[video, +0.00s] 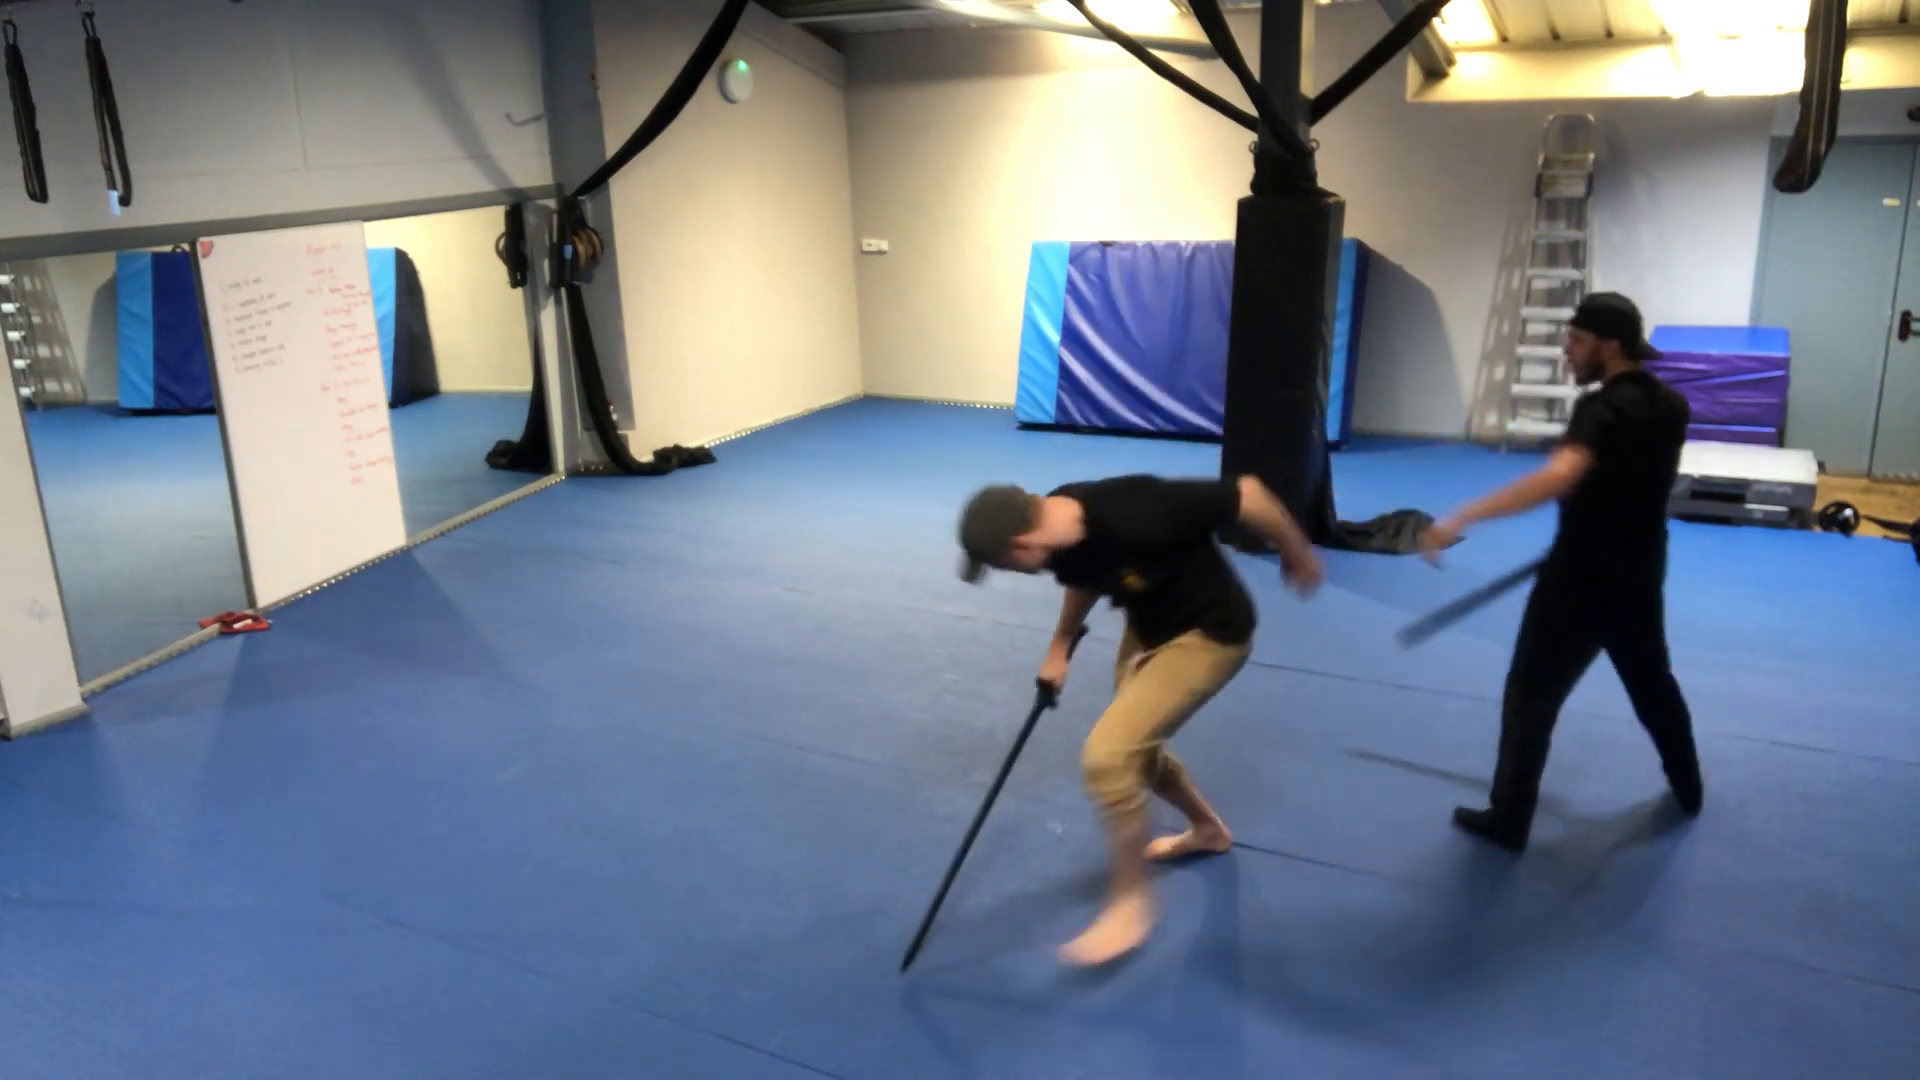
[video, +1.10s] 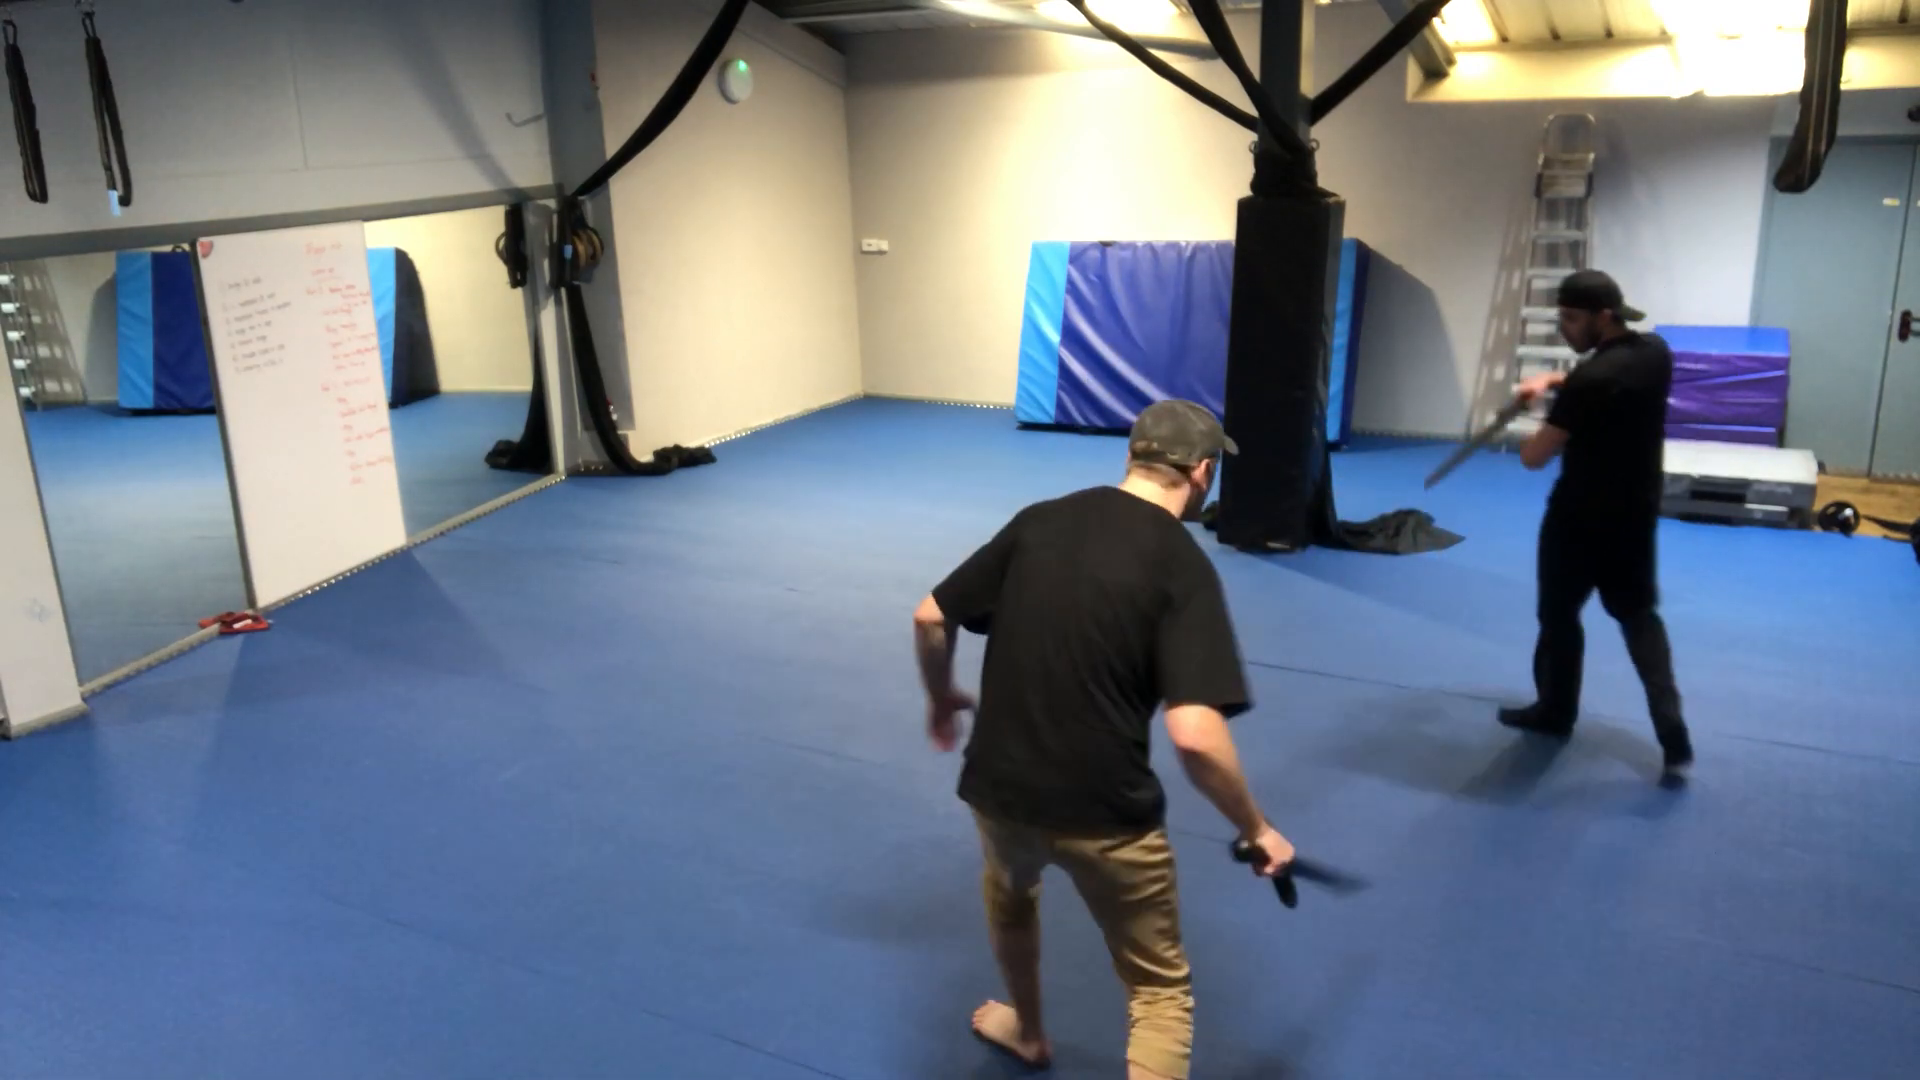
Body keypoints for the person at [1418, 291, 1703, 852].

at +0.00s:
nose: (1567, 349)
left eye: (1575, 339)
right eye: (1569, 338)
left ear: (1607, 345)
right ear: (1625, 346)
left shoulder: (1600, 407)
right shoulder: (1669, 405)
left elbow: (1562, 476)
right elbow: (1640, 490)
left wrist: (1464, 516)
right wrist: (1577, 534)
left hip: (1580, 576)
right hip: (1636, 577)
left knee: (1530, 694)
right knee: (1653, 684)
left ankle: (1508, 818)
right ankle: (1688, 788)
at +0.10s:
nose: (1590, 349)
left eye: (1598, 338)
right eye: (1592, 337)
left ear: (1631, 344)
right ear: (1643, 345)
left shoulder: (1631, 410)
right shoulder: (1686, 401)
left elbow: (1612, 502)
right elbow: (1667, 496)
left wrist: (1526, 561)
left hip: (1608, 573)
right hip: (1658, 574)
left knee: (1549, 693)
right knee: (1664, 685)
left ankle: (1510, 816)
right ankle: (1688, 792)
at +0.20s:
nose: (1608, 344)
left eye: (1617, 333)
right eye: (1610, 333)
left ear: (1650, 338)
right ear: (1659, 339)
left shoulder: (1657, 401)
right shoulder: (1701, 393)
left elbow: (1654, 505)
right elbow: (1683, 494)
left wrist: (1602, 581)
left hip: (1637, 567)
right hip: (1678, 568)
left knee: (1565, 686)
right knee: (1678, 685)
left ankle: (1522, 807)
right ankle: (1690, 790)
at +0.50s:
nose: (1632, 329)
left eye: (1641, 319)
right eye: (1633, 318)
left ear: (1679, 320)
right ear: (1681, 322)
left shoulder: (1681, 385)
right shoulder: (1720, 372)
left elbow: (1684, 483)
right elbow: (1682, 461)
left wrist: (1652, 556)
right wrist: (1636, 499)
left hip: (1655, 540)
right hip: (1703, 542)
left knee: (1600, 643)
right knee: (1692, 665)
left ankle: (1592, 757)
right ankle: (1694, 781)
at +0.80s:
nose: (1611, 334)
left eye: (1618, 324)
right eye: (1611, 324)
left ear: (1654, 323)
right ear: (1661, 324)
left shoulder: (1647, 386)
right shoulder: (1706, 370)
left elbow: (1618, 481)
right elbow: (1668, 442)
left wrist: (1579, 521)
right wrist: (1603, 467)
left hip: (1636, 539)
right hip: (1693, 541)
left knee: (1598, 630)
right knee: (1690, 663)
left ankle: (1562, 712)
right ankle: (1688, 782)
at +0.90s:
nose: (1596, 335)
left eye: (1602, 325)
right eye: (1595, 325)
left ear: (1636, 323)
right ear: (1644, 323)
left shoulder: (1627, 389)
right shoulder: (1692, 367)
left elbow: (1587, 471)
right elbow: (1653, 436)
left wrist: (1562, 497)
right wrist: (1587, 444)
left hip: (1618, 536)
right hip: (1675, 536)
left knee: (1588, 628)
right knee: (1682, 655)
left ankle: (1558, 711)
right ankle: (1688, 779)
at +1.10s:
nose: (1563, 329)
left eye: (1568, 319)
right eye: (1562, 319)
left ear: (1599, 317)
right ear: (1613, 316)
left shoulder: (1587, 378)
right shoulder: (1656, 353)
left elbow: (1535, 454)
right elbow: (1609, 389)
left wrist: (1535, 415)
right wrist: (1553, 384)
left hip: (1578, 513)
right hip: (1633, 511)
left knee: (1558, 613)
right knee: (1638, 613)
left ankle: (1555, 710)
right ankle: (1672, 730)